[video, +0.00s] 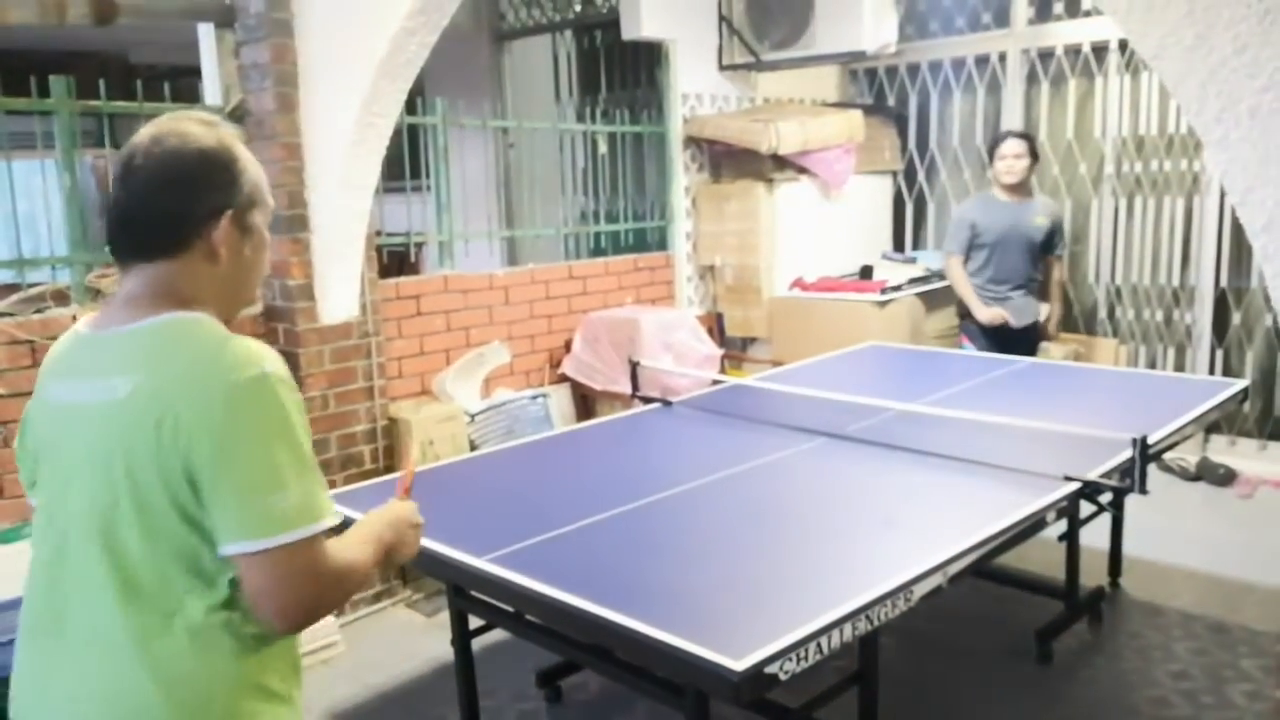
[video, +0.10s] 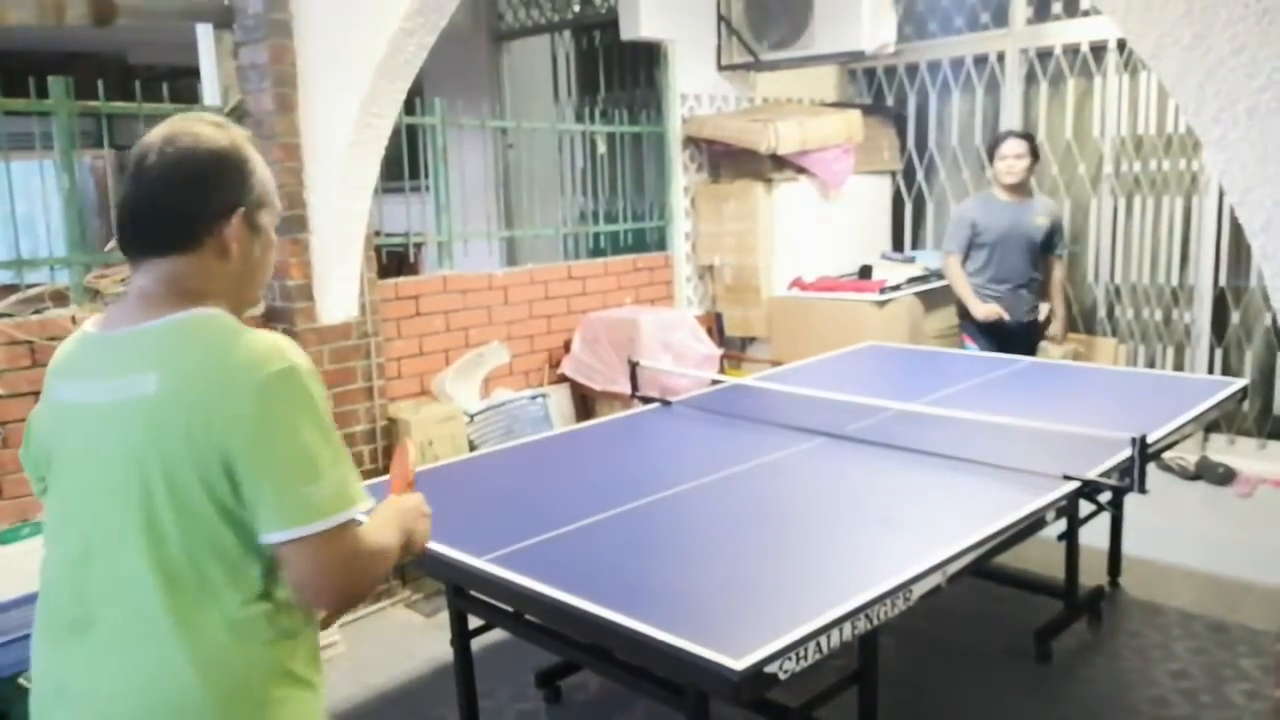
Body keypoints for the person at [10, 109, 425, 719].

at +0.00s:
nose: (271, 251)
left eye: (271, 229)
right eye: (266, 228)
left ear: (133, 229)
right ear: (223, 234)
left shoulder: (66, 357)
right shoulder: (235, 371)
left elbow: (41, 490)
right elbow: (286, 597)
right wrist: (379, 537)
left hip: (49, 695)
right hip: (200, 702)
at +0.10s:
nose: (277, 251)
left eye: (279, 230)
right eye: (274, 228)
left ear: (136, 232)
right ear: (232, 231)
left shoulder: (71, 359)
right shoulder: (257, 364)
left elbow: (49, 490)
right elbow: (328, 581)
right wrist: (396, 522)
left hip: (68, 696)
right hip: (229, 701)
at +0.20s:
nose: (290, 254)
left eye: (293, 231)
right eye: (288, 229)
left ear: (154, 227)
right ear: (253, 227)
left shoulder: (80, 357)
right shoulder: (282, 356)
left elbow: (68, 495)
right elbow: (385, 558)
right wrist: (435, 502)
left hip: (85, 697)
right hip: (253, 701)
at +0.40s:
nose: (322, 250)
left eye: (323, 230)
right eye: (323, 228)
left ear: (192, 224)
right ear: (303, 226)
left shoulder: (103, 344)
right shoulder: (334, 350)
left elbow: (85, 477)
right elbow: (421, 553)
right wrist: (451, 533)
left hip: (107, 696)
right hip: (282, 698)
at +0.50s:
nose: (331, 246)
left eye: (332, 227)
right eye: (333, 226)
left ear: (205, 225)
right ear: (316, 227)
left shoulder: (105, 345)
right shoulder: (348, 353)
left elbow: (94, 525)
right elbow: (426, 555)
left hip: (113, 698)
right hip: (289, 699)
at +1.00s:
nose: (315, 223)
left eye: (313, 204)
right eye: (311, 206)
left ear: (183, 215)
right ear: (287, 223)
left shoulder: (83, 346)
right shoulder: (345, 353)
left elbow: (23, 533)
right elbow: (449, 501)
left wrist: (99, 603)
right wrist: (448, 425)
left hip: (101, 697)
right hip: (276, 697)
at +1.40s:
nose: (204, 244)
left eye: (204, 223)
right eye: (197, 223)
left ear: (71, 229)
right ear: (153, 238)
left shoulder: (11, 342)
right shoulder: (207, 360)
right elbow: (258, 566)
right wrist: (309, 599)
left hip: (30, 690)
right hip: (191, 691)